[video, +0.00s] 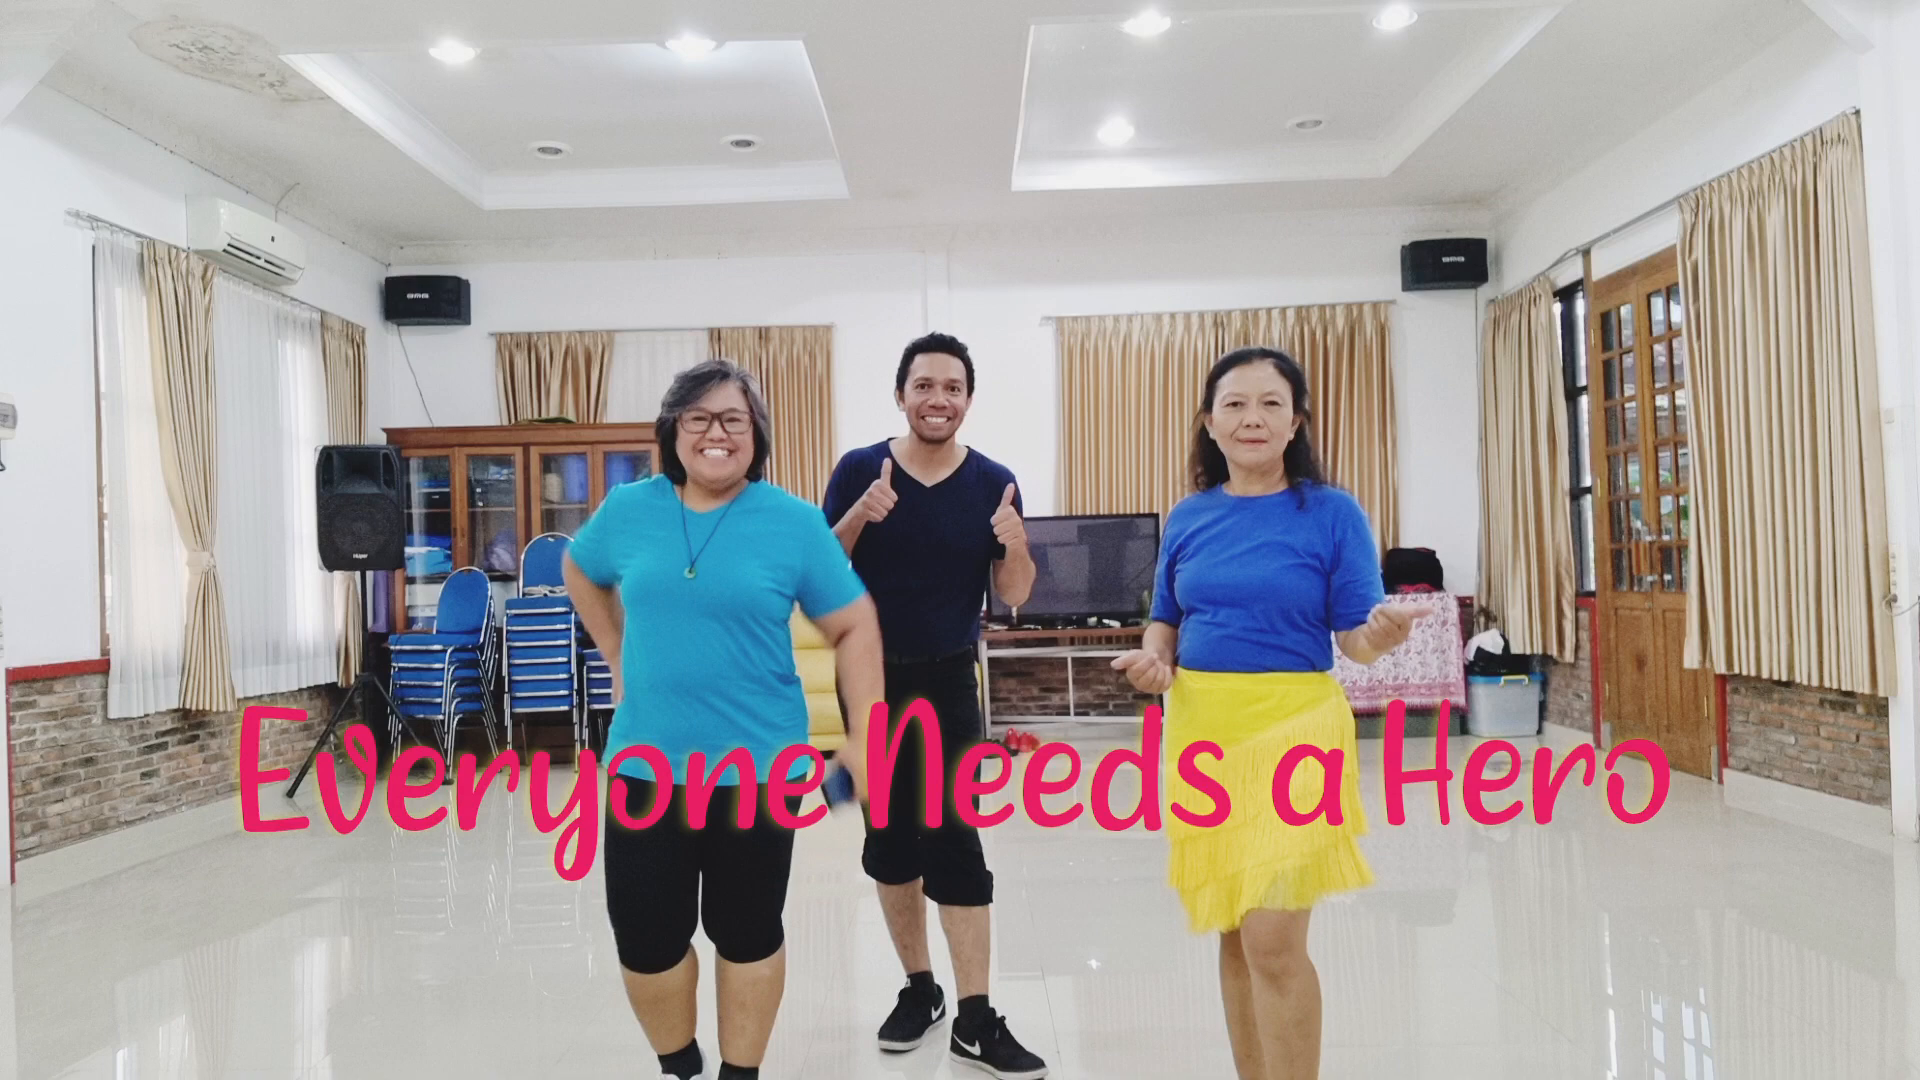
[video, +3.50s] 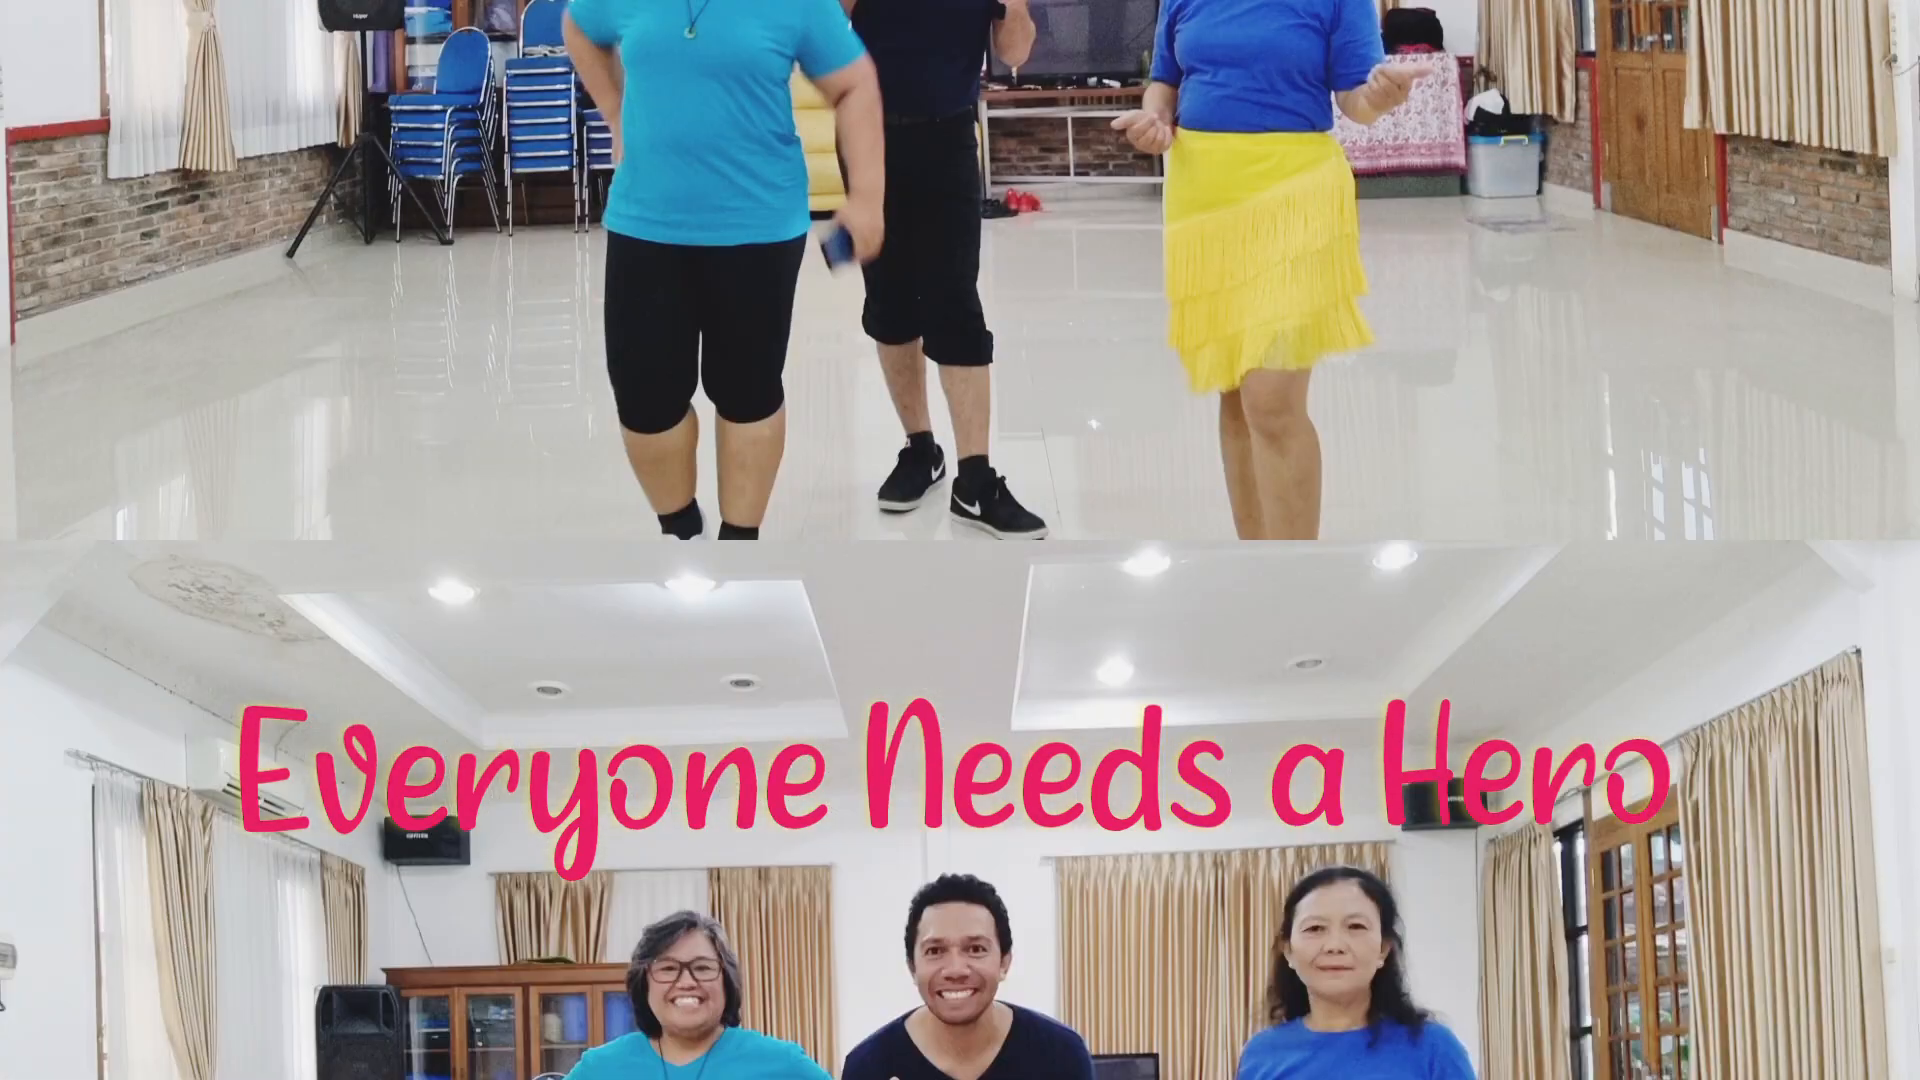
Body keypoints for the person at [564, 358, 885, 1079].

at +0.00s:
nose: (720, 432)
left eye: (736, 420)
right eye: (702, 420)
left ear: (756, 436)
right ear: (672, 434)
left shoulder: (795, 523)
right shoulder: (627, 509)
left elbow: (856, 626)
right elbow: (580, 570)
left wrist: (865, 738)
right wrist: (625, 663)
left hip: (758, 768)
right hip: (645, 764)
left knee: (746, 932)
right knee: (646, 938)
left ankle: (739, 1076)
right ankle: (680, 1069)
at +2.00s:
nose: (720, 432)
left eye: (736, 420)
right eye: (702, 420)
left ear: (756, 436)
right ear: (672, 434)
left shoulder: (795, 523)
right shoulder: (627, 509)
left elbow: (856, 626)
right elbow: (580, 570)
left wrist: (865, 738)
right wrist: (625, 663)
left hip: (758, 768)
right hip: (645, 764)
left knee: (746, 932)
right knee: (646, 938)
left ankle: (739, 1076)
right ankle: (680, 1069)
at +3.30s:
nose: (719, 316)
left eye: (735, 303)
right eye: (701, 303)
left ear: (756, 319)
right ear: (672, 317)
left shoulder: (795, 407)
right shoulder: (627, 393)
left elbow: (856, 509)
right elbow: (580, 453)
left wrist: (867, 622)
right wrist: (622, 544)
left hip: (758, 652)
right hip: (646, 649)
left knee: (748, 815)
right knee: (645, 819)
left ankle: (738, 973)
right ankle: (681, 961)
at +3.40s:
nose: (719, 156)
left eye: (735, 143)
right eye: (702, 143)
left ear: (756, 160)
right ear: (672, 157)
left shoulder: (795, 248)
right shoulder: (627, 233)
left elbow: (856, 349)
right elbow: (580, 293)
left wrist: (867, 462)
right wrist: (623, 384)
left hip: (757, 493)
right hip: (645, 491)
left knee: (746, 659)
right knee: (647, 666)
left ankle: (746, 811)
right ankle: (674, 808)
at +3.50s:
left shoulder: (798, 5)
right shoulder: (620, 3)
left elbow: (855, 85)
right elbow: (580, 30)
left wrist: (867, 197)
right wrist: (626, 128)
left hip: (757, 222)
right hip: (646, 220)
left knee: (746, 392)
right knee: (646, 398)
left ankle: (739, 548)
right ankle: (682, 537)